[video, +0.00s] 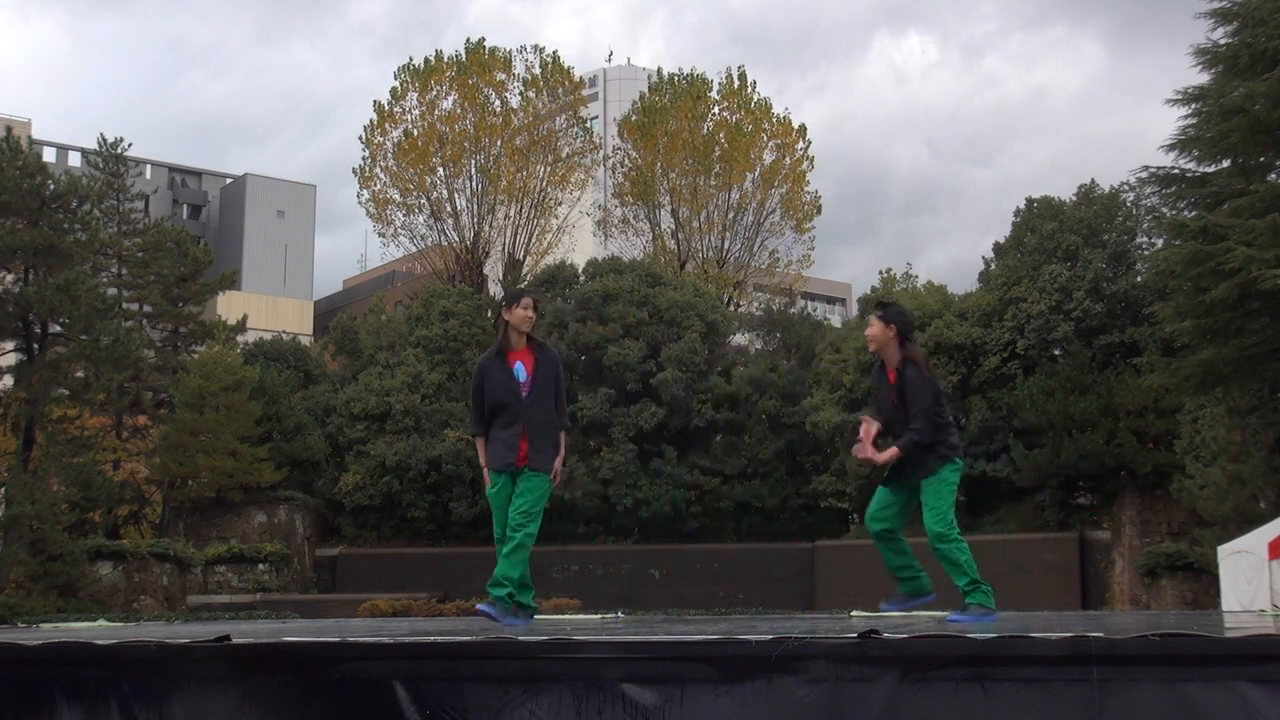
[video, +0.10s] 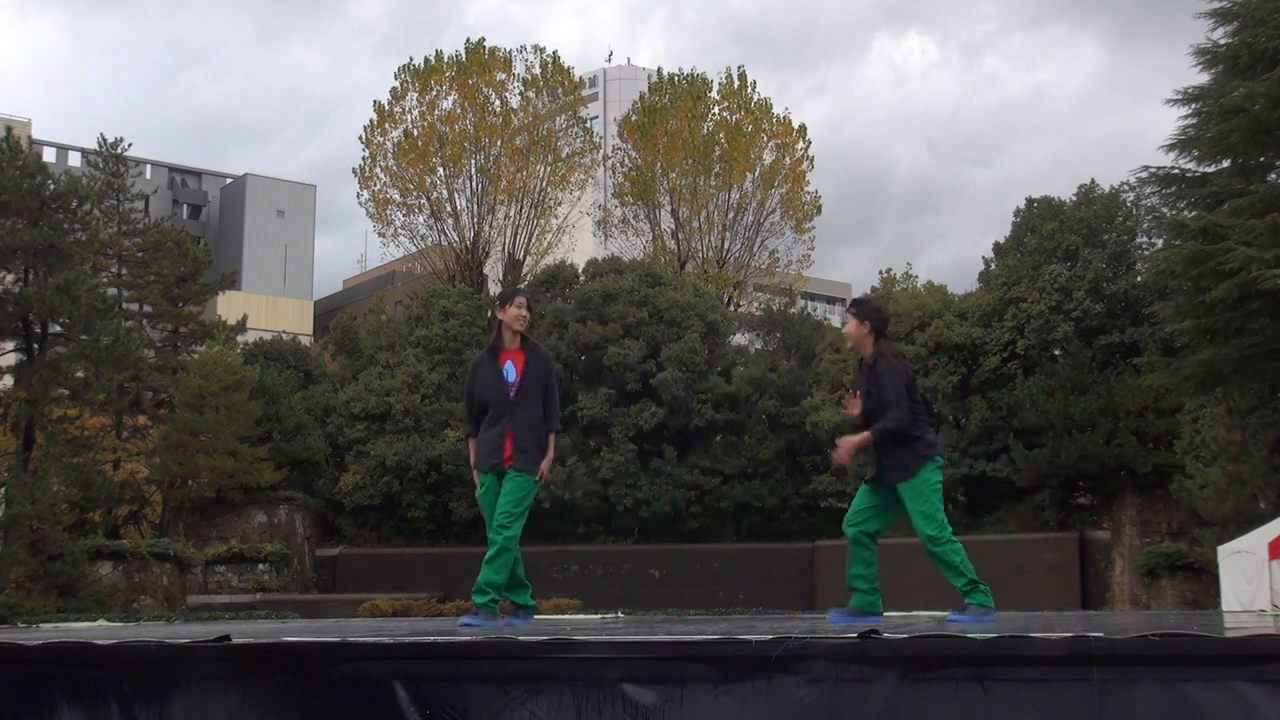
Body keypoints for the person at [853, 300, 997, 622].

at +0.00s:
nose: (866, 331)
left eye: (872, 325)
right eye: (868, 325)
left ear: (891, 331)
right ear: (885, 331)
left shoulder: (914, 371)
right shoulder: (881, 371)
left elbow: (922, 429)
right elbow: (885, 414)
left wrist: (884, 456)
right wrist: (874, 425)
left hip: (939, 460)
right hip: (907, 461)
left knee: (939, 529)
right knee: (879, 522)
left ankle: (980, 600)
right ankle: (916, 588)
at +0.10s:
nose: (844, 329)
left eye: (849, 323)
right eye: (845, 323)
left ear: (866, 327)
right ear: (866, 327)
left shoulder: (889, 364)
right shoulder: (866, 367)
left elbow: (899, 418)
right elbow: (879, 415)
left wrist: (860, 439)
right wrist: (861, 412)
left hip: (918, 463)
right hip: (889, 467)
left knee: (934, 534)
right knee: (857, 526)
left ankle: (979, 602)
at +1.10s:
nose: (706, 332)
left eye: (711, 325)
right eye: (705, 326)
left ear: (733, 325)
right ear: (722, 328)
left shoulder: (765, 359)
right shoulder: (719, 371)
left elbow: (799, 379)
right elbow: (689, 398)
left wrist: (809, 393)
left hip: (784, 462)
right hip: (747, 465)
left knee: (766, 528)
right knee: (735, 528)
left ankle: (788, 607)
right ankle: (738, 607)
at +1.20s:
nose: (713, 327)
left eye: (719, 319)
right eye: (712, 321)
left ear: (741, 320)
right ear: (728, 323)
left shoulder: (772, 357)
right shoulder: (715, 365)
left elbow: (806, 375)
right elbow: (682, 380)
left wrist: (834, 385)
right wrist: (642, 370)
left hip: (783, 460)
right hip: (744, 462)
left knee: (772, 528)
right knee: (743, 531)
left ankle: (787, 606)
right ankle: (754, 604)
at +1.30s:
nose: (728, 324)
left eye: (734, 317)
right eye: (725, 319)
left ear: (757, 318)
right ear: (725, 322)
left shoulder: (782, 358)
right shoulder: (719, 358)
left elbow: (819, 380)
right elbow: (688, 375)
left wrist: (853, 390)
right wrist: (657, 360)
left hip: (777, 460)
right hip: (737, 461)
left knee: (771, 527)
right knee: (741, 532)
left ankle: (783, 605)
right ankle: (752, 604)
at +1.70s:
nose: (738, 360)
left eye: (743, 352)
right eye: (734, 354)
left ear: (761, 344)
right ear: (729, 352)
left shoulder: (788, 376)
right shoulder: (724, 377)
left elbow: (800, 420)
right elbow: (691, 405)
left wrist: (811, 457)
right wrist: (684, 391)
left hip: (775, 474)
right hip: (734, 473)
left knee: (753, 537)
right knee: (704, 526)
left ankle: (785, 608)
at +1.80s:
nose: (727, 362)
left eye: (731, 355)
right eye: (722, 357)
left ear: (749, 344)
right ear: (719, 355)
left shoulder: (781, 370)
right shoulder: (721, 379)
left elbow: (809, 408)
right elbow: (705, 405)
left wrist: (823, 445)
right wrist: (683, 410)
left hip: (781, 469)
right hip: (740, 469)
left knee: (760, 531)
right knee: (717, 528)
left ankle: (785, 608)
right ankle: (718, 608)